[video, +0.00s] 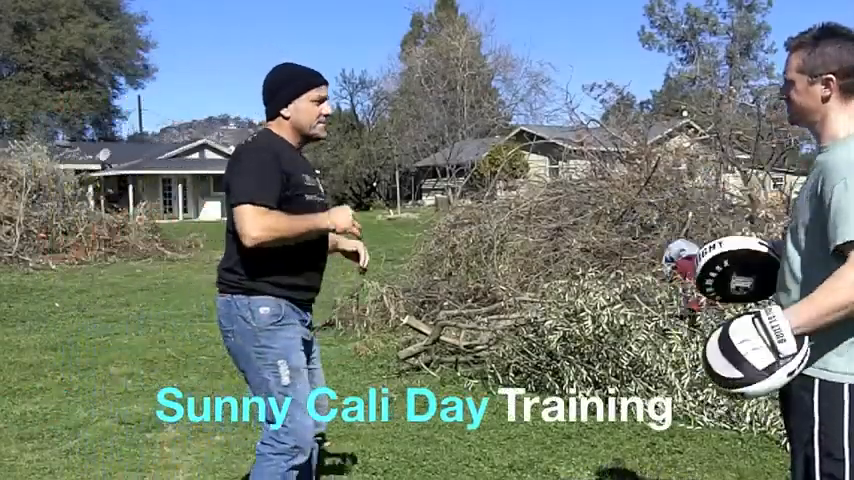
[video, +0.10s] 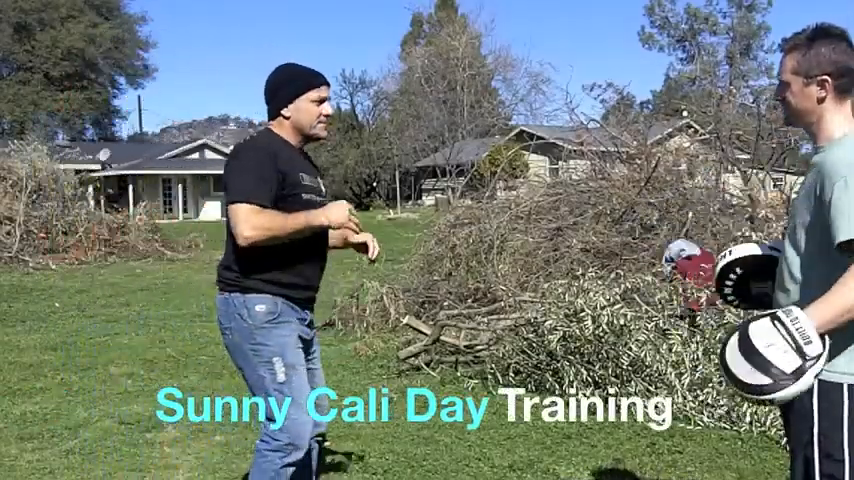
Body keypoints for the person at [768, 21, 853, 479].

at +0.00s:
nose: (784, 94)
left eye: (791, 84)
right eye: (785, 84)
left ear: (826, 87)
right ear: (826, 87)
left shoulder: (841, 167)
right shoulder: (828, 163)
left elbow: (853, 270)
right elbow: (816, 254)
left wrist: (777, 327)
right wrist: (759, 263)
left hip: (832, 374)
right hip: (814, 368)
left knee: (827, 472)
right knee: (812, 470)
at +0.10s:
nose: (778, 94)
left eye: (785, 84)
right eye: (779, 84)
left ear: (821, 88)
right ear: (822, 88)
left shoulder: (841, 166)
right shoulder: (827, 162)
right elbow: (830, 256)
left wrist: (793, 330)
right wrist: (777, 265)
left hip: (833, 376)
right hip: (817, 369)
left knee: (827, 471)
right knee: (812, 470)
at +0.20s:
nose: (768, 97)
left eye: (774, 86)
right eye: (769, 86)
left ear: (812, 89)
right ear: (813, 89)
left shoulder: (837, 168)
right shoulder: (821, 158)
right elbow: (832, 252)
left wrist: (829, 324)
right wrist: (785, 265)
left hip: (827, 366)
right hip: (807, 360)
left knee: (827, 472)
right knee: (809, 468)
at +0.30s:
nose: (764, 100)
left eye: (770, 88)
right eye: (765, 89)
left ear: (808, 90)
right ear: (809, 90)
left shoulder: (835, 170)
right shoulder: (818, 160)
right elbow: (826, 257)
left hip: (827, 372)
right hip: (806, 365)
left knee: (826, 470)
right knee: (807, 467)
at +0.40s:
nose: (759, 102)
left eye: (765, 90)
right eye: (760, 90)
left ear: (803, 90)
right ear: (805, 91)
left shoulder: (833, 167)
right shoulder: (818, 158)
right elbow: (826, 262)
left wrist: (828, 344)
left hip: (825, 373)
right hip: (806, 366)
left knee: (826, 472)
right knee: (809, 469)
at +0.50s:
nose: (758, 104)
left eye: (764, 92)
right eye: (759, 93)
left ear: (801, 90)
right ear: (803, 91)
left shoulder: (831, 163)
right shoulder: (821, 156)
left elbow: (851, 261)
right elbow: (827, 262)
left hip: (828, 378)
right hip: (815, 372)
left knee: (825, 472)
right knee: (815, 470)